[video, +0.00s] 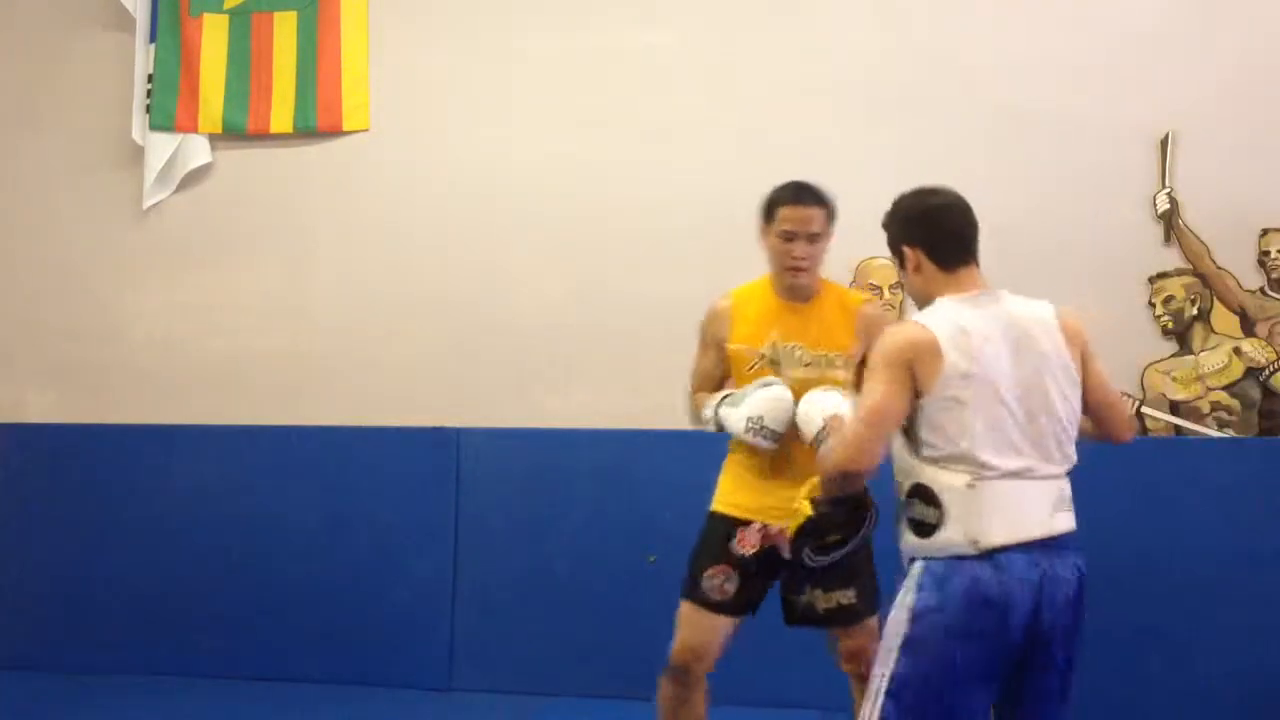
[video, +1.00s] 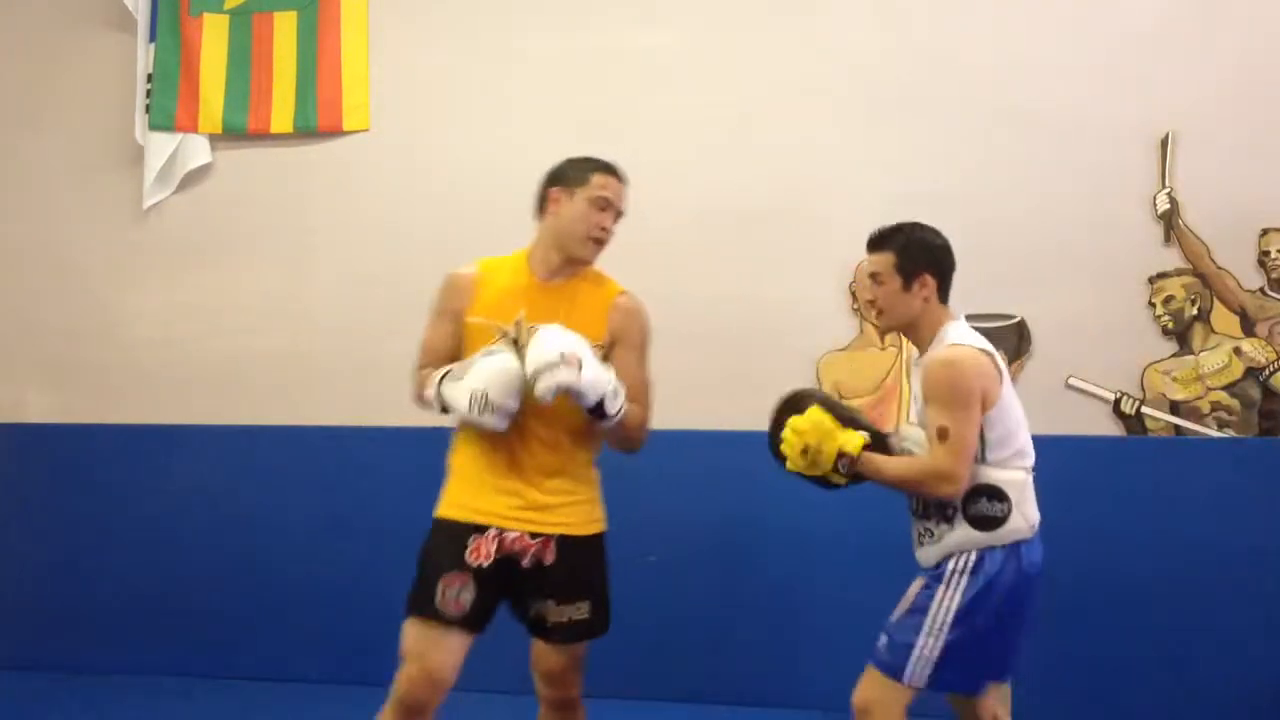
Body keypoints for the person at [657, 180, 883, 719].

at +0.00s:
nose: (799, 251)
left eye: (812, 239)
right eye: (787, 237)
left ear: (829, 242)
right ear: (765, 238)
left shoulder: (864, 316)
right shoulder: (728, 313)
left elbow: (891, 401)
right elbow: (699, 401)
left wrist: (848, 420)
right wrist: (730, 410)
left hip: (830, 511)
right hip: (743, 509)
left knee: (863, 659)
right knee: (686, 660)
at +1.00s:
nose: (609, 224)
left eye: (617, 215)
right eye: (600, 206)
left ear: (615, 225)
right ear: (554, 200)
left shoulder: (620, 311)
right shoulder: (468, 286)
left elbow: (633, 435)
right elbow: (425, 381)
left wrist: (598, 388)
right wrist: (459, 385)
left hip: (568, 523)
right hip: (471, 512)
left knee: (561, 693)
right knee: (416, 690)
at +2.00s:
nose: (516, 236)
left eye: (516, 220)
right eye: (508, 217)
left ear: (468, 218)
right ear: (467, 215)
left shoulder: (447, 303)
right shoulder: (418, 300)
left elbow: (427, 431)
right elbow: (398, 430)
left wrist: (490, 494)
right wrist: (491, 486)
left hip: (427, 533)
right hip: (369, 538)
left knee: (465, 693)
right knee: (362, 704)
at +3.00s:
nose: (519, 235)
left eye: (521, 220)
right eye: (512, 216)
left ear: (472, 212)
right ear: (468, 207)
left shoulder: (472, 307)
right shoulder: (386, 282)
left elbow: (476, 427)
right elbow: (421, 403)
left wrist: (538, 370)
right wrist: (512, 343)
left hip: (441, 530)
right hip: (366, 532)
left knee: (461, 697)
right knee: (366, 705)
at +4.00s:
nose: (523, 258)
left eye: (528, 244)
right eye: (520, 239)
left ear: (480, 225)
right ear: (477, 220)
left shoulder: (477, 304)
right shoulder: (369, 280)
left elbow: (505, 405)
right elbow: (417, 398)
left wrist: (567, 351)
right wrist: (507, 318)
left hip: (444, 532)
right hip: (359, 534)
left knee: (481, 699)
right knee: (350, 708)